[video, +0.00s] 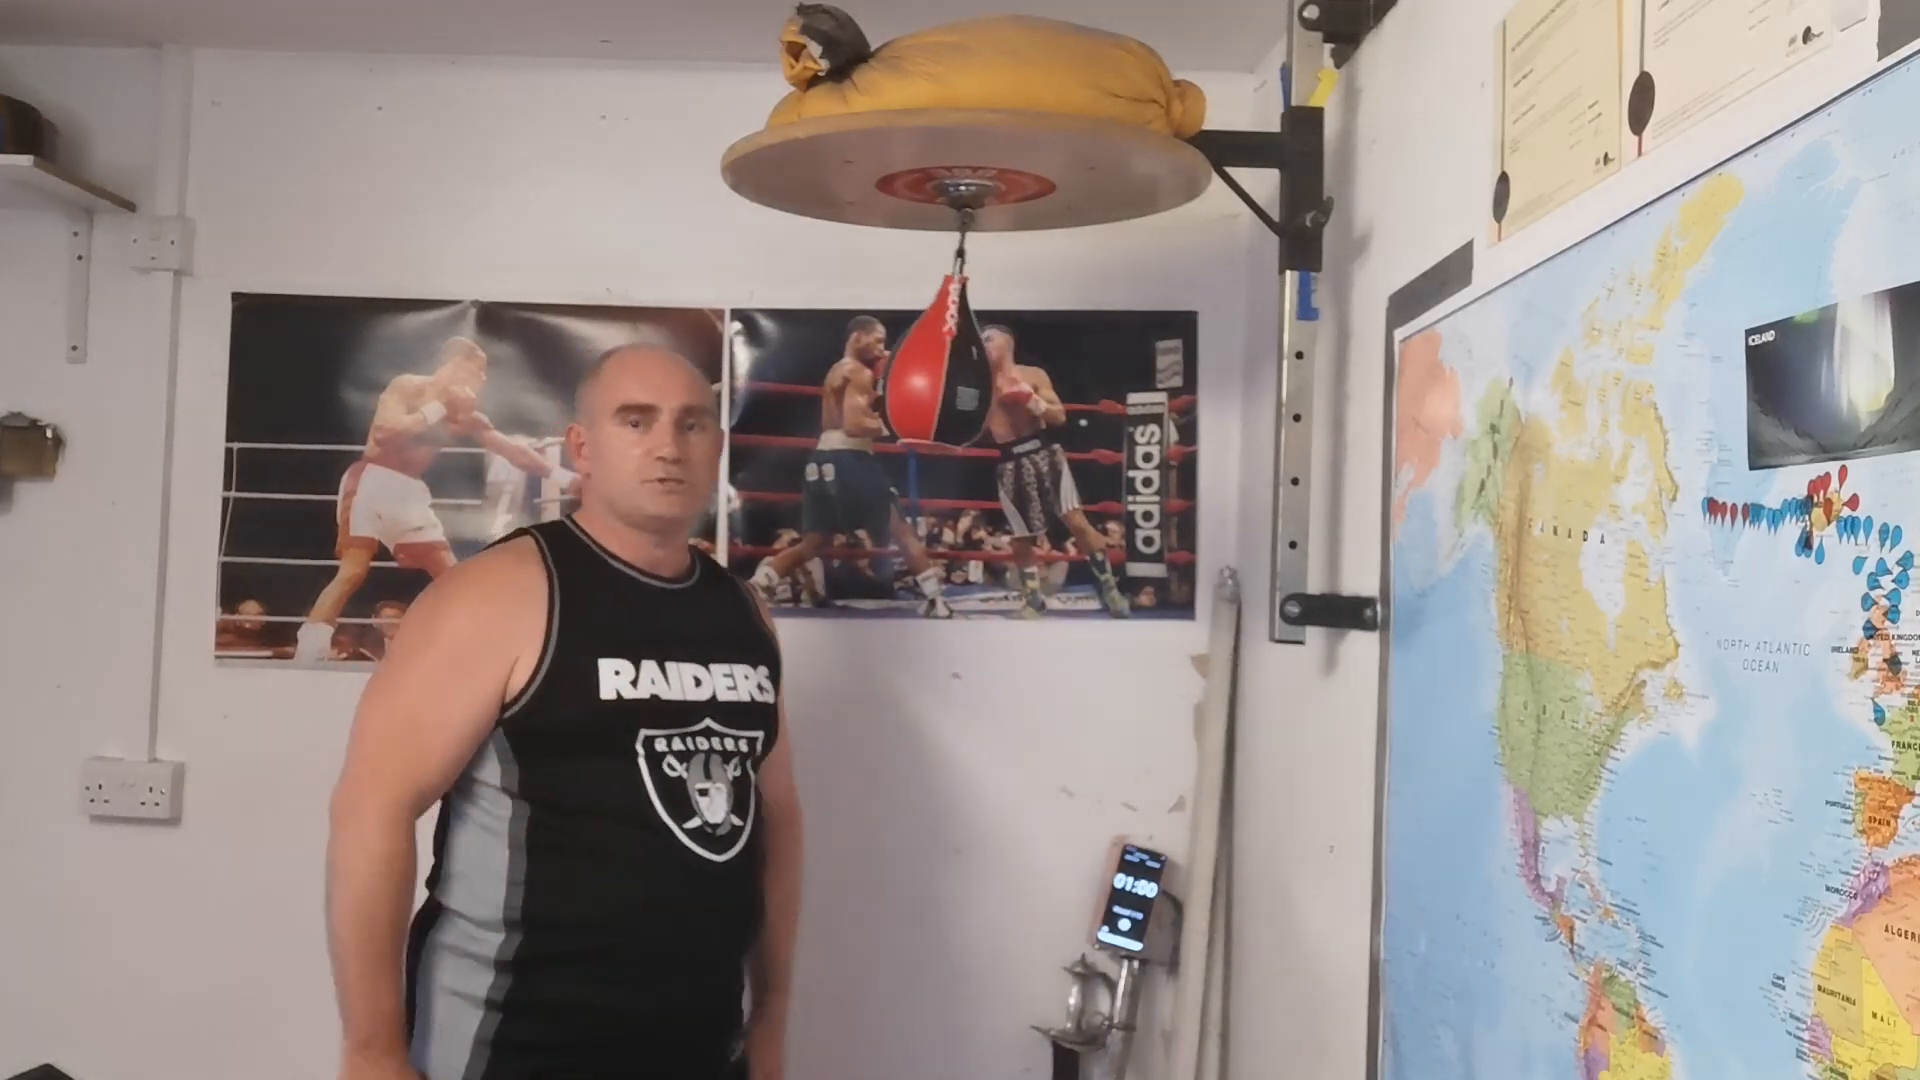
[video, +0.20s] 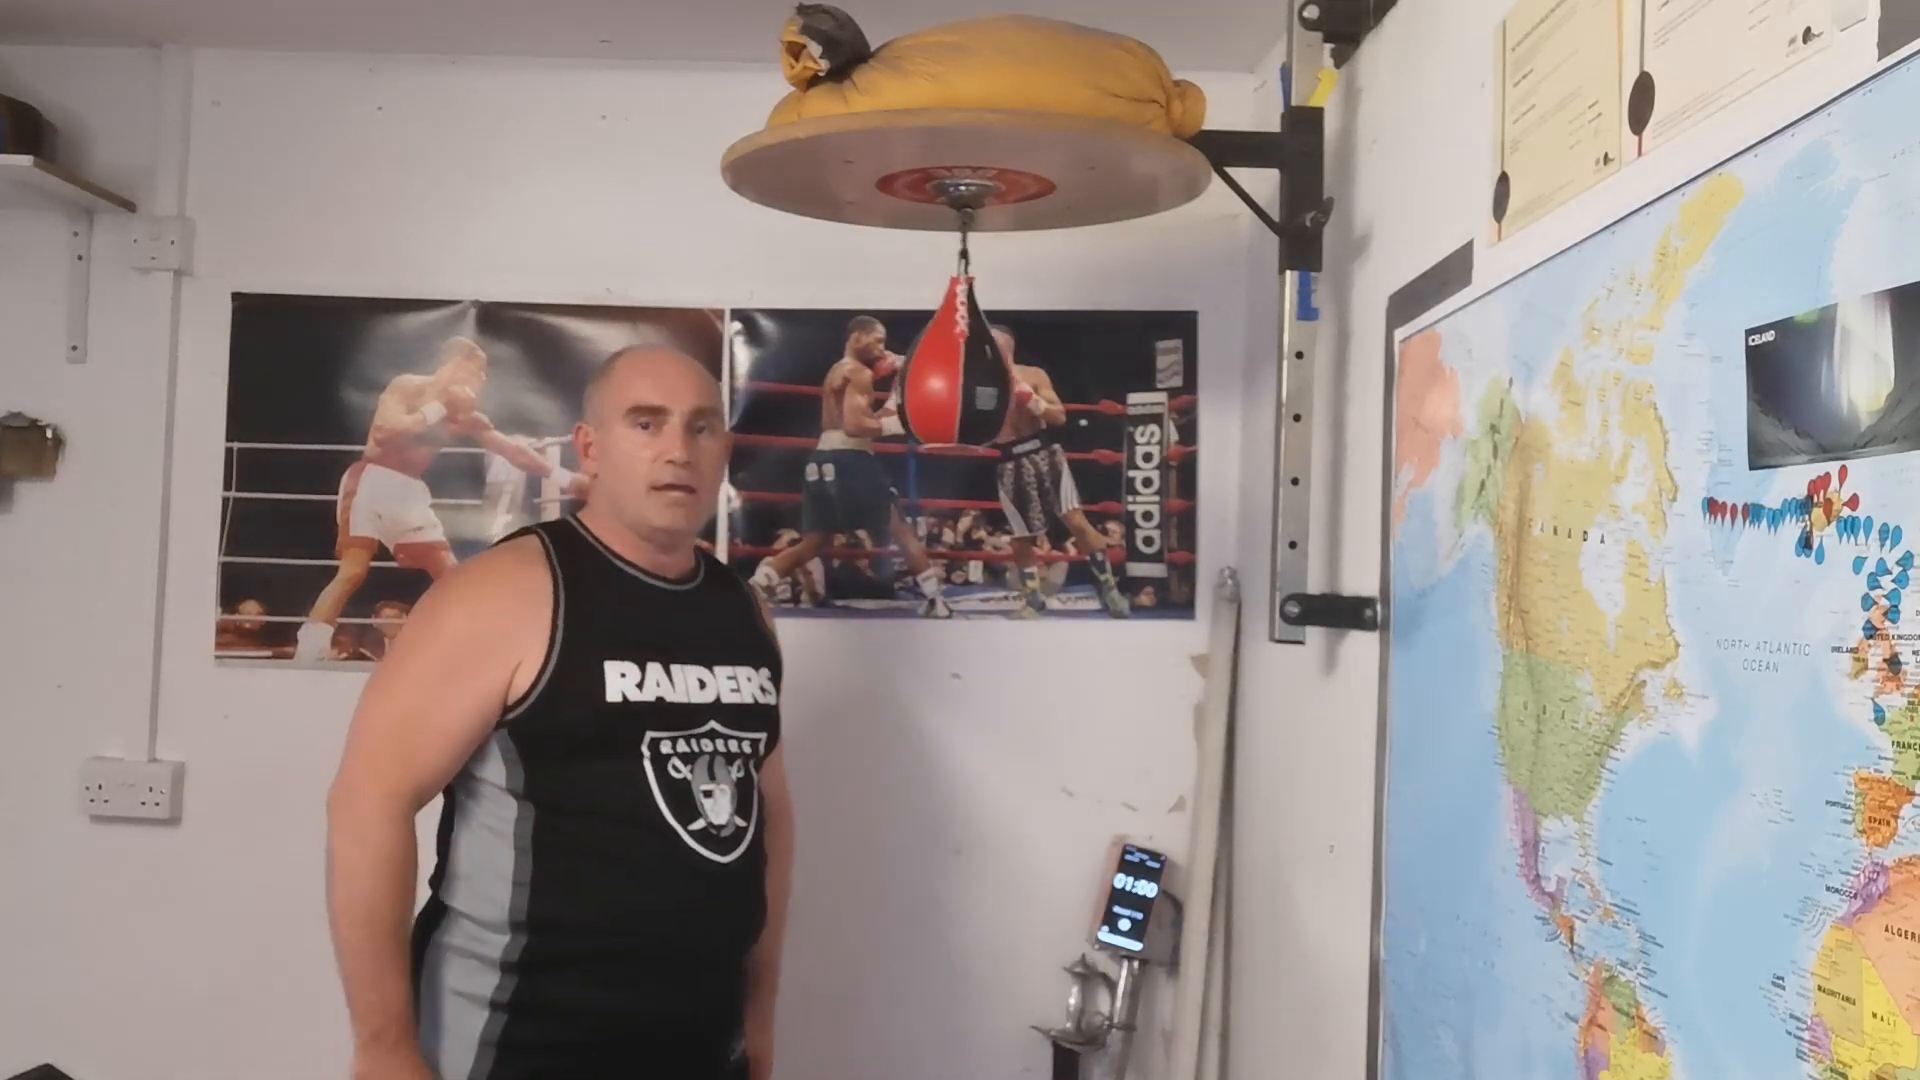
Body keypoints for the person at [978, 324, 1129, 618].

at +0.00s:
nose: (985, 346)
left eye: (991, 340)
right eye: (982, 342)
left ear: (1009, 344)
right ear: (981, 351)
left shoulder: (1034, 375)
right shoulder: (986, 386)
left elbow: (1059, 417)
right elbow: (986, 427)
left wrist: (1033, 401)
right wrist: (963, 445)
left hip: (1046, 457)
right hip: (1011, 465)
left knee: (1075, 522)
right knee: (1021, 538)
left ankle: (1109, 589)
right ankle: (1032, 599)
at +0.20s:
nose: (997, 355)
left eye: (1001, 348)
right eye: (993, 350)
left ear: (1011, 348)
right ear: (986, 353)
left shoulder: (1034, 376)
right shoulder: (983, 384)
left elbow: (1059, 417)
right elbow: (976, 426)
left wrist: (1035, 403)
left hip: (1046, 456)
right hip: (1011, 464)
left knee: (1075, 521)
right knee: (1022, 537)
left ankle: (1109, 588)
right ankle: (1032, 598)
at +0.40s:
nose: (1006, 359)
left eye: (1007, 352)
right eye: (997, 356)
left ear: (1017, 353)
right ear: (989, 363)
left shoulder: (1035, 376)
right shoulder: (985, 386)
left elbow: (1059, 416)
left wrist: (1042, 407)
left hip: (1047, 454)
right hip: (1012, 462)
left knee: (1076, 522)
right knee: (1021, 536)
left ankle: (1109, 590)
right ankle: (1032, 599)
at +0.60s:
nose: (1000, 355)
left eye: (1002, 348)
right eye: (993, 352)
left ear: (1010, 349)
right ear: (986, 361)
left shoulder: (1033, 376)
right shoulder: (984, 388)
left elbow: (1059, 416)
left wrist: (1042, 408)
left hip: (1047, 455)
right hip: (1012, 464)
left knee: (1076, 523)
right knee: (1021, 536)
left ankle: (1110, 590)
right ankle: (1032, 599)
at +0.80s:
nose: (994, 353)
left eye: (998, 346)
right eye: (990, 348)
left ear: (1010, 346)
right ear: (984, 352)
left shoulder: (1034, 375)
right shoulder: (982, 383)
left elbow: (1059, 416)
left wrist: (1033, 401)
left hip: (1045, 456)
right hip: (1011, 464)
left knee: (1076, 522)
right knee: (1022, 537)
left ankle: (1109, 588)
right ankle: (1031, 598)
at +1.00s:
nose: (986, 346)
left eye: (992, 339)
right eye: (983, 341)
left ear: (1009, 343)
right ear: (981, 350)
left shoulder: (1033, 375)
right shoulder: (982, 385)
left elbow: (1059, 416)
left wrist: (1031, 399)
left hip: (1046, 456)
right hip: (1011, 465)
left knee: (1076, 522)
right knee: (1021, 539)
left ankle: (1109, 588)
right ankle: (1032, 598)